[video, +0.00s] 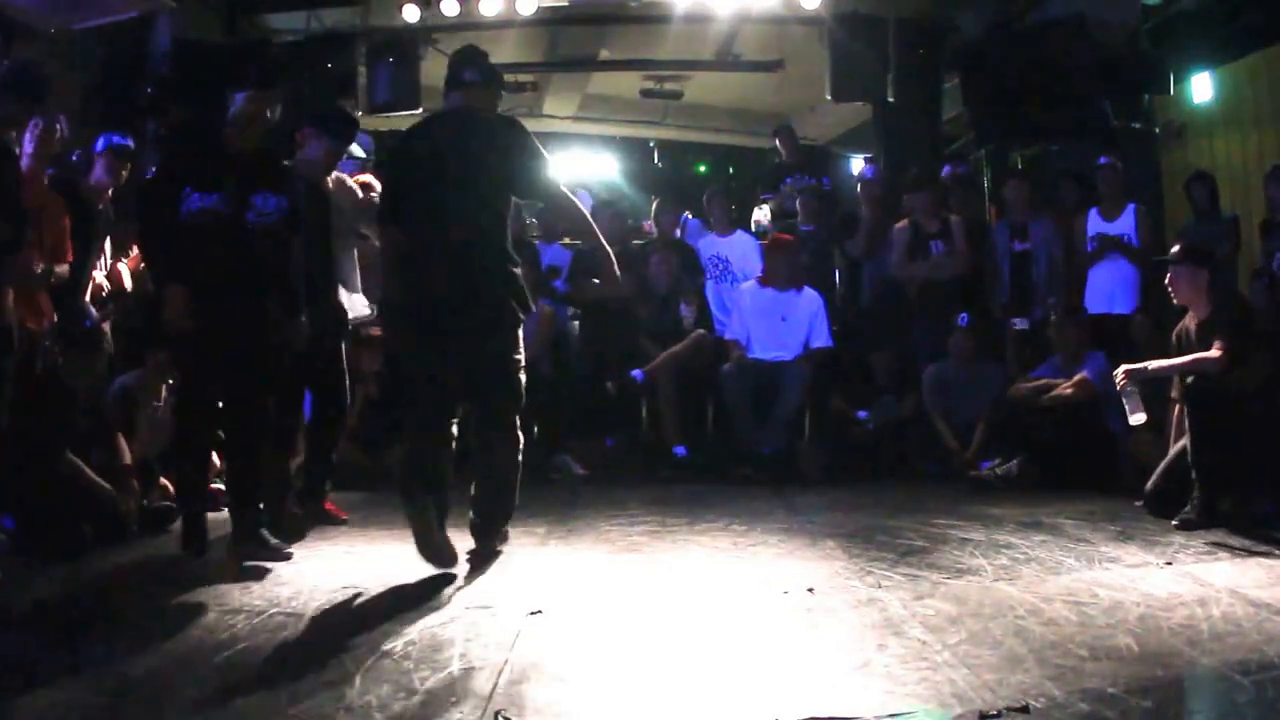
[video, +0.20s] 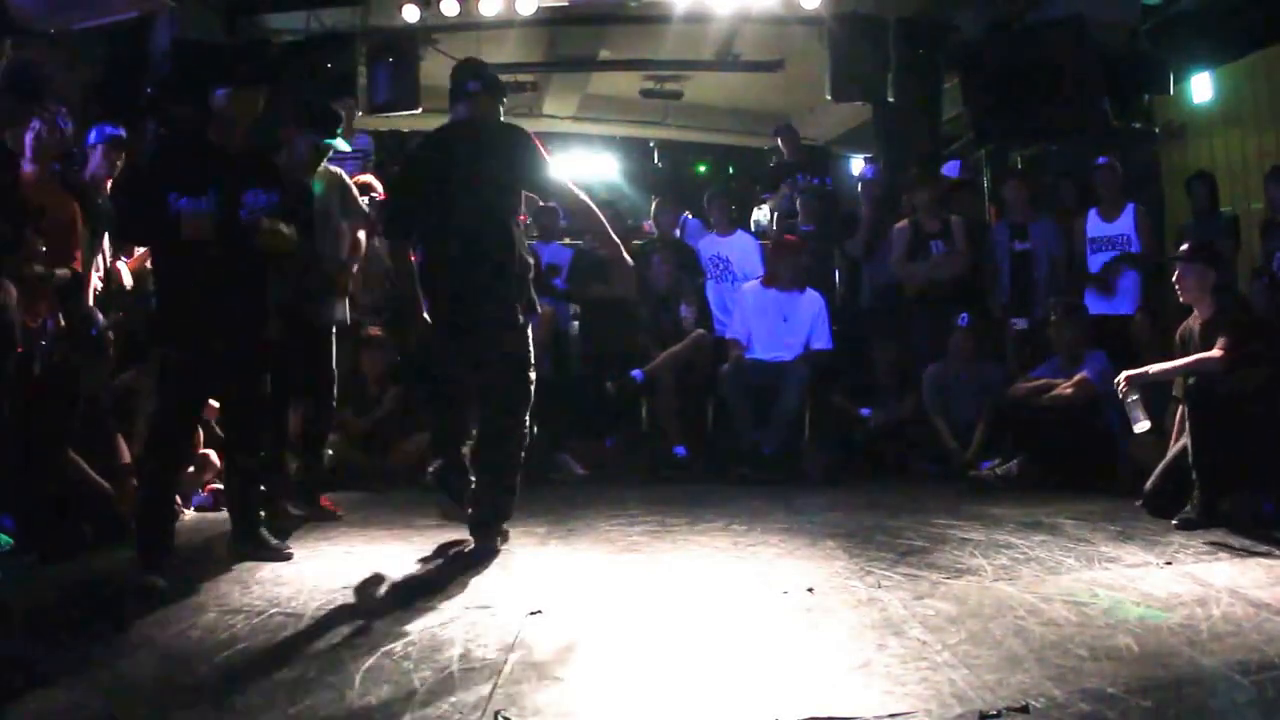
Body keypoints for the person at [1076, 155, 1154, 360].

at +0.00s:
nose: (1107, 183)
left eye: (1111, 177)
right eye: (1102, 178)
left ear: (1120, 180)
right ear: (1097, 181)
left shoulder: (1137, 214)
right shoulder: (1087, 218)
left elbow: (1145, 259)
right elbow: (1080, 263)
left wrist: (1119, 245)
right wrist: (1100, 250)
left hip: (1127, 302)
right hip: (1096, 303)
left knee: (1128, 360)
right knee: (1098, 361)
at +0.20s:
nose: (1105, 184)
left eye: (1110, 178)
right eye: (1100, 179)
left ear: (1119, 180)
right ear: (1095, 183)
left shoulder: (1136, 215)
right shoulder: (1085, 220)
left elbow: (1150, 258)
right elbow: (1077, 267)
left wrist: (1122, 260)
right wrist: (1095, 280)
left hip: (1129, 308)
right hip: (1097, 310)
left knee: (1131, 369)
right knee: (1100, 368)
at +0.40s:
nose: (1104, 183)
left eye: (1109, 177)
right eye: (1099, 177)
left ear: (1118, 180)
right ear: (1093, 181)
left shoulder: (1135, 214)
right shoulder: (1085, 219)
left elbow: (1151, 255)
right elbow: (1081, 260)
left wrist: (1128, 270)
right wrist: (1082, 286)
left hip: (1130, 304)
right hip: (1099, 305)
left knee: (1134, 362)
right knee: (1104, 363)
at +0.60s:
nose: (1104, 181)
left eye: (1109, 175)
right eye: (1099, 175)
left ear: (1118, 178)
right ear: (1093, 180)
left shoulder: (1137, 213)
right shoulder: (1086, 219)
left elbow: (1152, 256)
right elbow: (1083, 263)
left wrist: (1129, 270)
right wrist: (1083, 300)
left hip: (1134, 307)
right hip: (1101, 308)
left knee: (1136, 365)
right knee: (1104, 365)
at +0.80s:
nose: (1108, 181)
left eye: (1113, 175)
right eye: (1103, 175)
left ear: (1122, 179)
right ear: (1098, 179)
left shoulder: (1139, 213)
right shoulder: (1088, 217)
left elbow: (1152, 256)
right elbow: (1084, 260)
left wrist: (1129, 272)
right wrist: (1084, 299)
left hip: (1135, 303)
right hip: (1103, 305)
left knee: (1138, 362)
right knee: (1106, 363)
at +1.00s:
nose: (1109, 180)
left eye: (1114, 174)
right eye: (1105, 174)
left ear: (1124, 177)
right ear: (1100, 178)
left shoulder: (1142, 214)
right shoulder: (1092, 215)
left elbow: (1149, 260)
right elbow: (1089, 259)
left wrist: (1139, 297)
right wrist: (1088, 295)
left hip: (1134, 302)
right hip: (1103, 302)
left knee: (1135, 362)